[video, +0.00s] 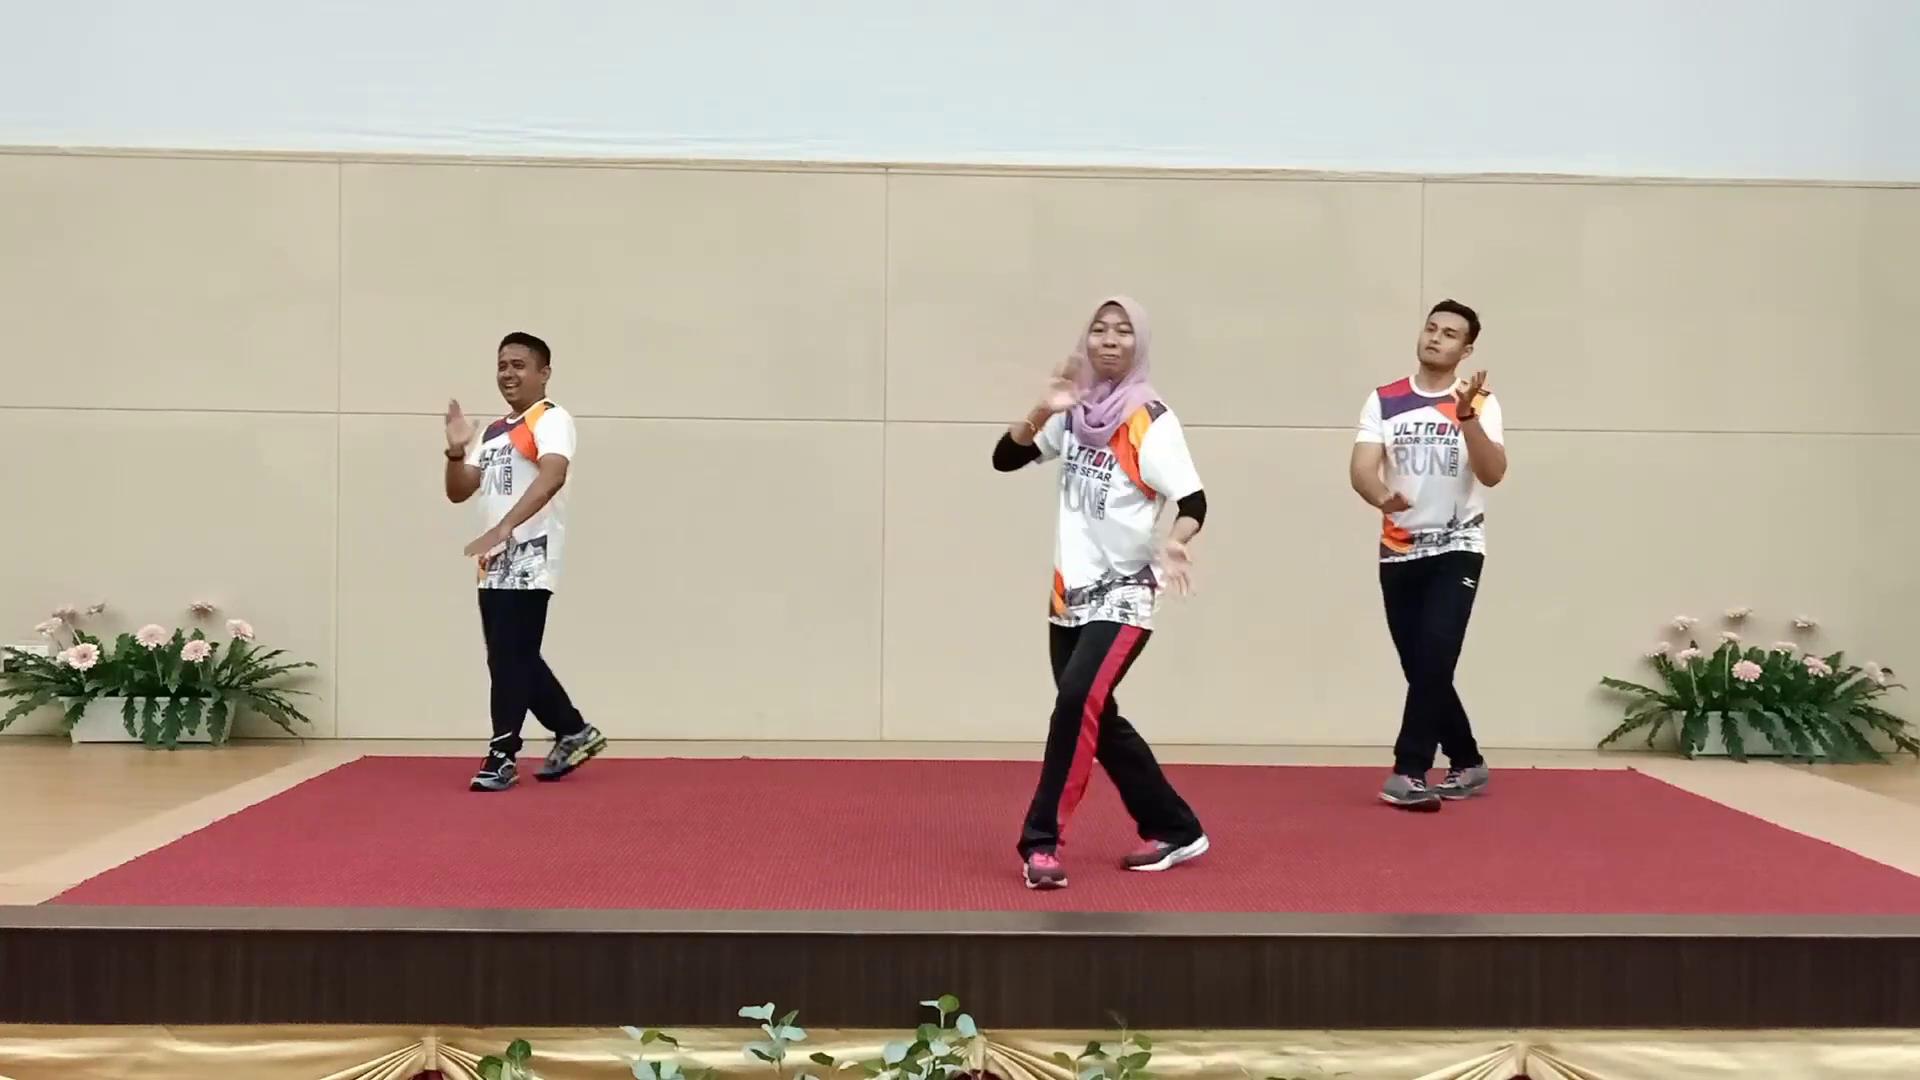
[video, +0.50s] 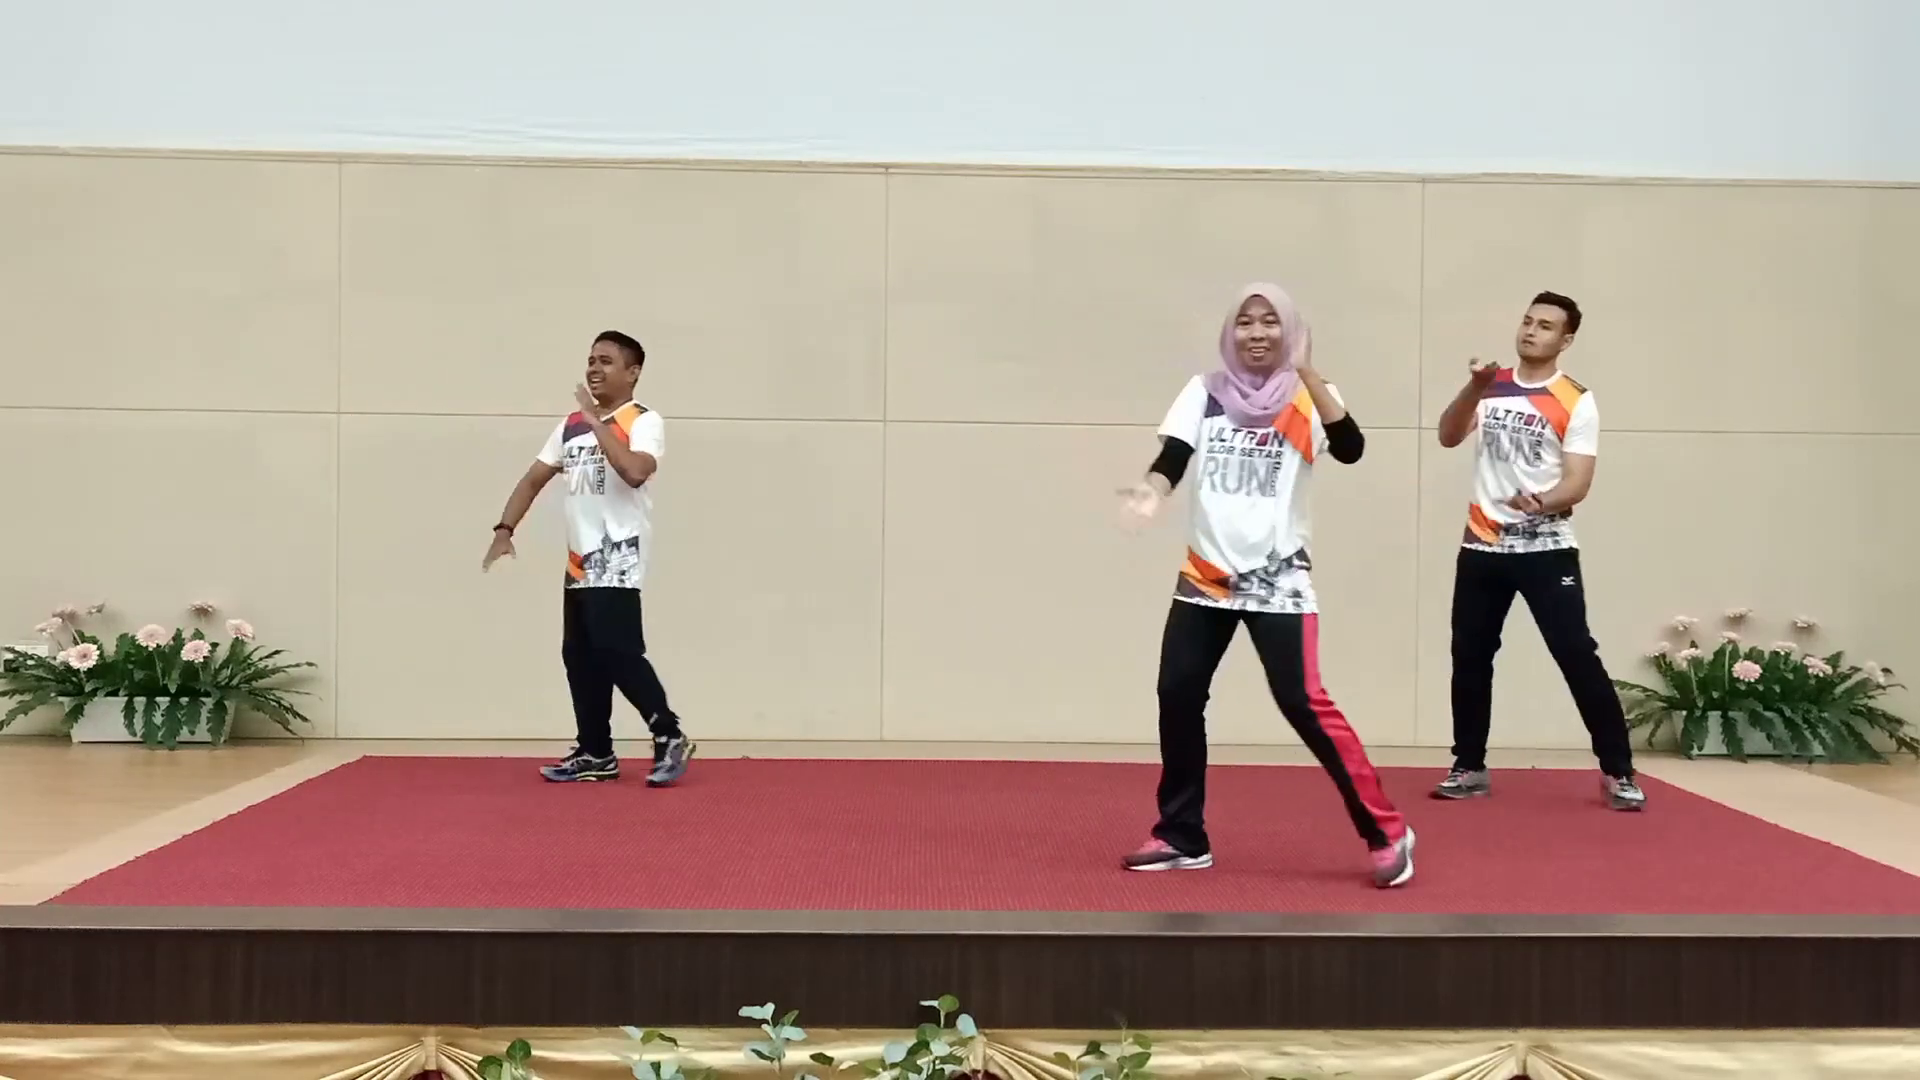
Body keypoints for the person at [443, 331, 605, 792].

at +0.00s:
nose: (507, 373)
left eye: (519, 365)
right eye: (502, 366)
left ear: (544, 373)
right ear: (496, 374)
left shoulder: (551, 419)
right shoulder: (493, 432)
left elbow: (553, 477)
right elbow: (458, 493)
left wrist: (503, 528)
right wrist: (456, 455)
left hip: (528, 563)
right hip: (495, 564)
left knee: (511, 660)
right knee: (513, 659)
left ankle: (502, 756)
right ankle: (575, 732)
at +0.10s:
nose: (523, 377)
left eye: (535, 370)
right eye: (519, 370)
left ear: (561, 379)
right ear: (514, 377)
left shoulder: (568, 422)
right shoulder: (513, 436)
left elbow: (572, 473)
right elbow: (487, 506)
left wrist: (514, 498)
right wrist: (489, 483)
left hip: (550, 564)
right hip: (523, 565)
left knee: (518, 654)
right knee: (551, 659)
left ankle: (504, 758)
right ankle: (594, 751)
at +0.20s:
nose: (540, 376)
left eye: (552, 369)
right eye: (536, 369)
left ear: (577, 378)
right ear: (531, 377)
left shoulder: (589, 422)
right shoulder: (526, 436)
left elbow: (594, 469)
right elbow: (507, 509)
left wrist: (534, 463)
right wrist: (505, 504)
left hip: (576, 561)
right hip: (543, 564)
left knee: (531, 638)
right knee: (569, 662)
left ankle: (532, 750)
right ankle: (594, 753)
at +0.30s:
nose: (557, 370)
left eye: (569, 364)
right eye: (554, 363)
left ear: (595, 373)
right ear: (550, 372)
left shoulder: (609, 419)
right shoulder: (542, 430)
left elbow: (612, 464)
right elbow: (518, 491)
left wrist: (552, 432)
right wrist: (516, 521)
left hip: (592, 551)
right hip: (556, 556)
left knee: (552, 634)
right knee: (573, 645)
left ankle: (583, 737)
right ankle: (595, 748)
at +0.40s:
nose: (575, 368)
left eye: (587, 361)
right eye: (572, 361)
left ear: (614, 370)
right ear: (568, 369)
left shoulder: (626, 419)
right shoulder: (557, 426)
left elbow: (625, 464)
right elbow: (525, 484)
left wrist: (576, 417)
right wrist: (516, 533)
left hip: (605, 553)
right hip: (570, 554)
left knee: (586, 643)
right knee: (569, 652)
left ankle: (632, 722)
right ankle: (594, 751)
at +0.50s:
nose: (593, 369)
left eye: (605, 362)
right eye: (591, 361)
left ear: (632, 372)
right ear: (587, 369)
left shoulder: (645, 423)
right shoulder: (573, 426)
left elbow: (636, 470)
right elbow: (533, 480)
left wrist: (595, 418)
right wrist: (505, 527)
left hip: (618, 566)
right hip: (580, 566)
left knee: (621, 655)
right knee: (580, 661)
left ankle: (670, 737)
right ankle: (595, 753)